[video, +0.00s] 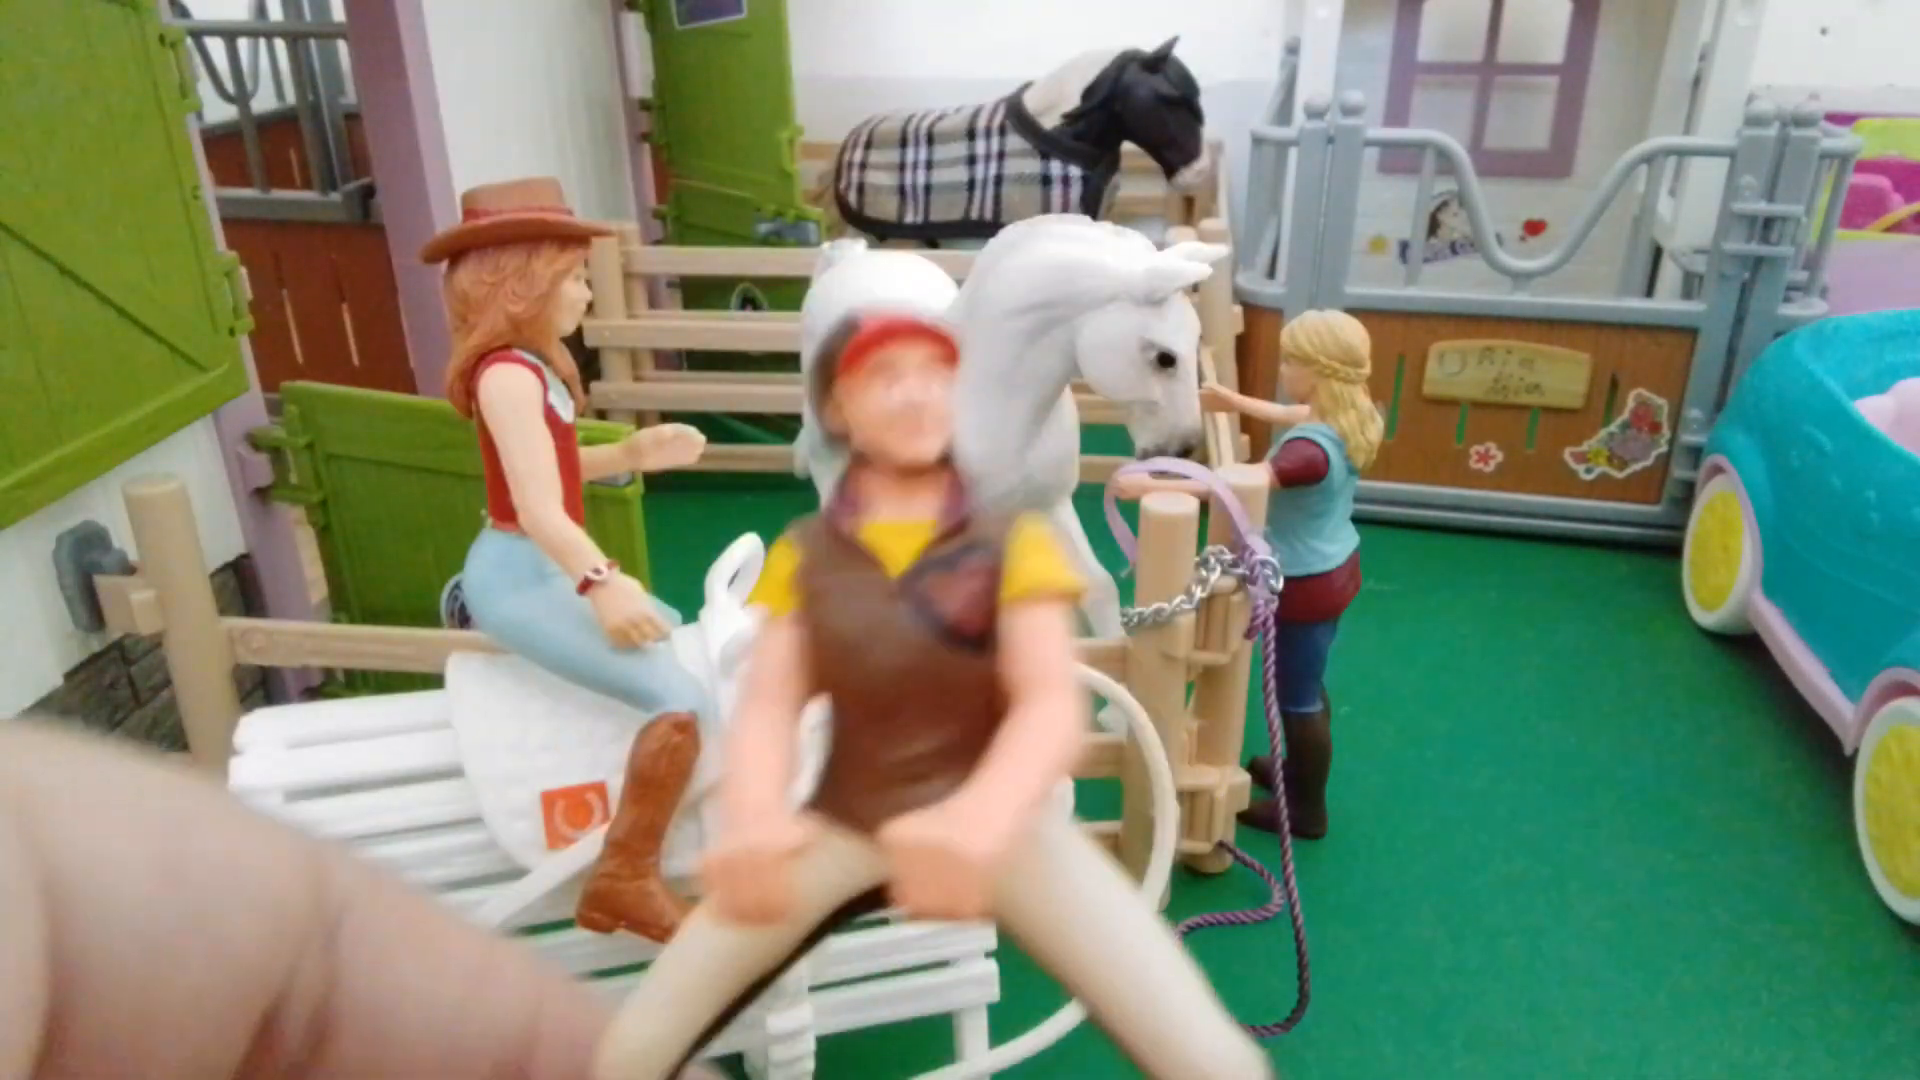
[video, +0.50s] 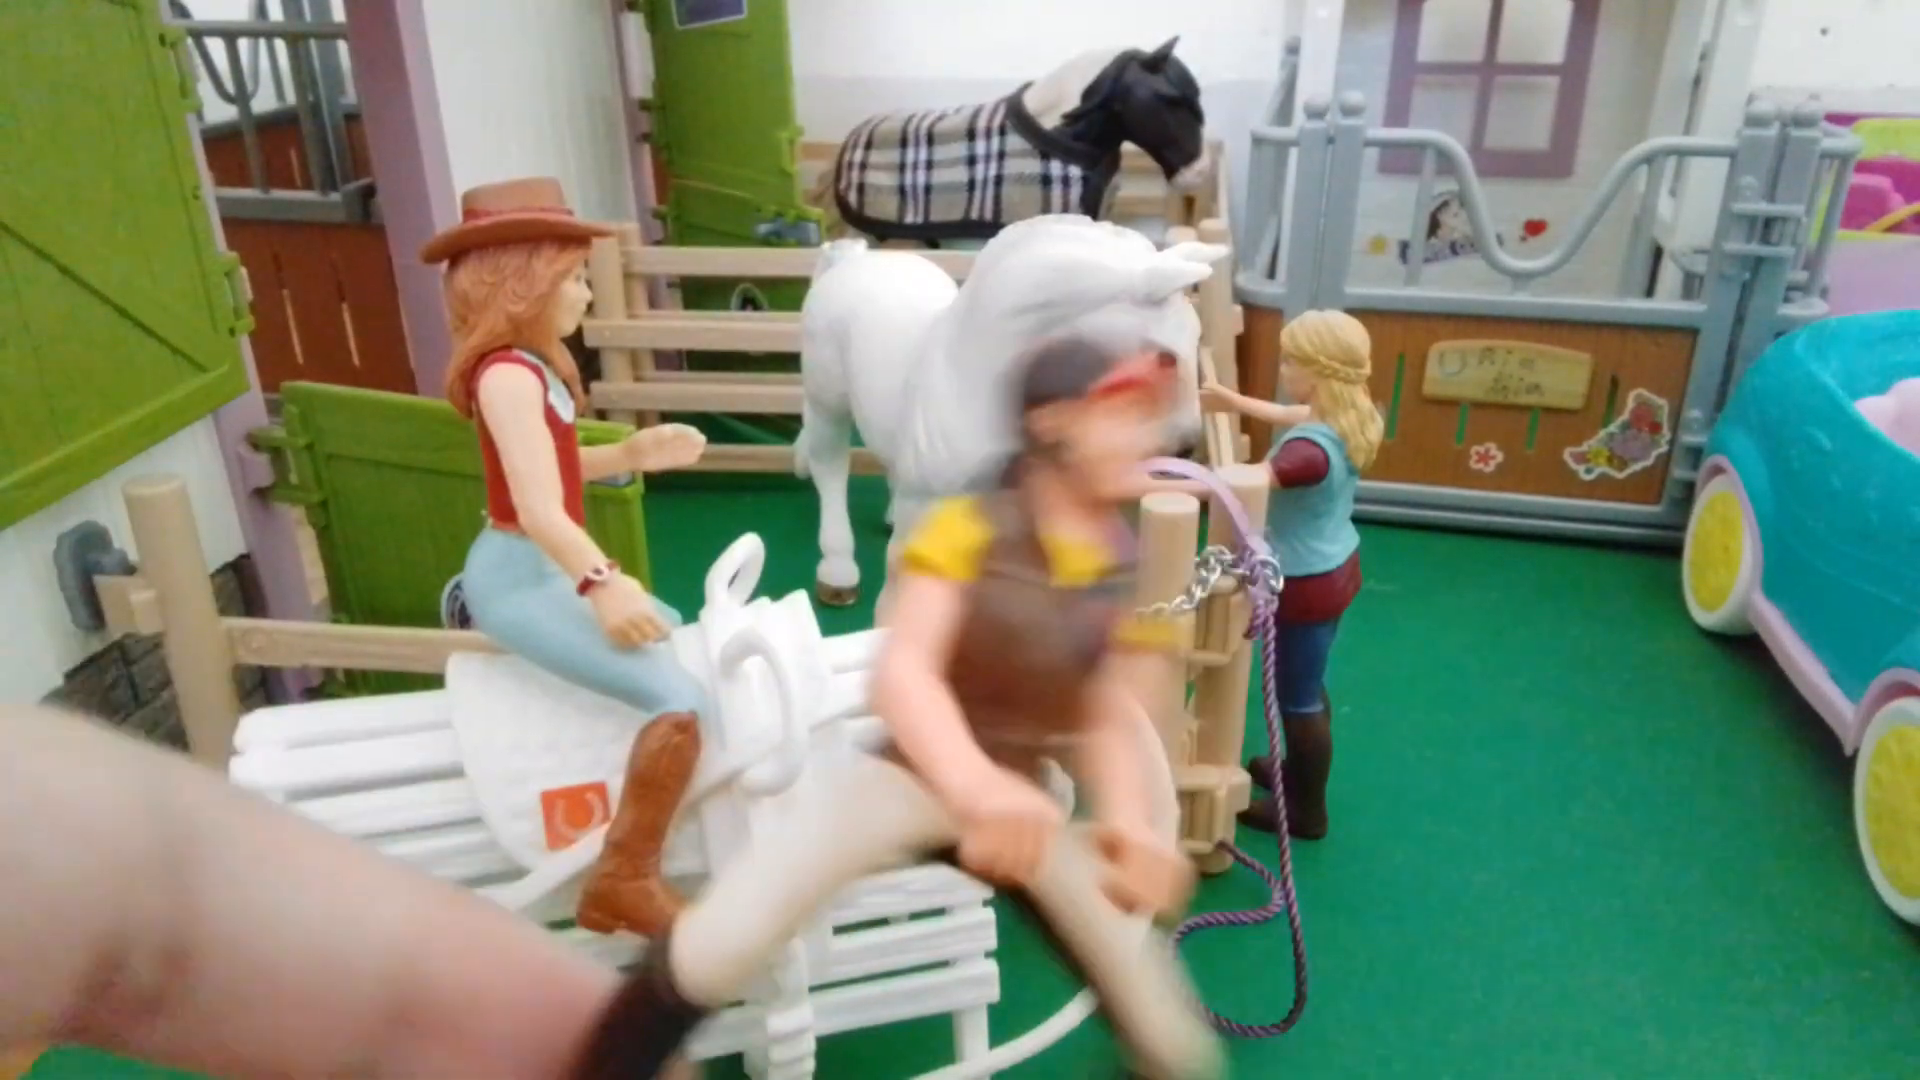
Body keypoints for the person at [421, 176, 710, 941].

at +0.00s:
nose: (589, 292)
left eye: (586, 276)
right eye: (577, 277)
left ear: (535, 285)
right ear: (528, 285)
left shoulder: (542, 368)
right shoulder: (509, 376)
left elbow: (551, 470)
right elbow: (538, 510)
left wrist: (634, 454)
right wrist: (604, 581)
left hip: (553, 563)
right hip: (516, 574)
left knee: (701, 674)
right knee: (678, 694)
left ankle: (641, 871)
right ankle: (623, 878)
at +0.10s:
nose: (588, 293)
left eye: (585, 276)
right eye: (576, 277)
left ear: (537, 286)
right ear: (527, 286)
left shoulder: (541, 368)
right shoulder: (509, 377)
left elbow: (554, 468)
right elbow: (536, 510)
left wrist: (634, 454)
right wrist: (603, 583)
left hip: (553, 563)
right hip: (515, 576)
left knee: (701, 666)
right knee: (680, 696)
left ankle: (641, 874)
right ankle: (624, 878)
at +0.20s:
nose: (589, 293)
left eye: (585, 276)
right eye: (577, 278)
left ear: (535, 286)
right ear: (526, 286)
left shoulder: (542, 369)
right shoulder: (508, 377)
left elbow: (551, 470)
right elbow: (538, 510)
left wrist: (635, 454)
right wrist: (603, 581)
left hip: (551, 563)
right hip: (517, 576)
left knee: (701, 671)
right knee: (679, 696)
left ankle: (641, 871)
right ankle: (625, 876)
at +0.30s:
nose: (589, 292)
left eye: (585, 276)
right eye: (576, 278)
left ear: (533, 286)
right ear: (526, 286)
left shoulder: (540, 368)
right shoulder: (509, 376)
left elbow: (550, 469)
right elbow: (536, 510)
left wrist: (631, 454)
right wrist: (604, 583)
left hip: (548, 566)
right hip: (517, 576)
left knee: (694, 676)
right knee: (680, 698)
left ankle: (635, 859)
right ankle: (628, 868)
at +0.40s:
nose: (588, 294)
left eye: (585, 278)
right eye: (576, 279)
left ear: (534, 287)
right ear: (526, 287)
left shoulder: (543, 369)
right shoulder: (509, 378)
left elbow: (554, 471)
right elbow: (538, 512)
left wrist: (629, 454)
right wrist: (602, 583)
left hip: (554, 560)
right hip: (515, 574)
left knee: (700, 648)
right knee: (680, 696)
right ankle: (627, 878)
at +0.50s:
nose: (588, 292)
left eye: (585, 276)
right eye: (577, 277)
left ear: (533, 286)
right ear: (527, 286)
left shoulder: (539, 368)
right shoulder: (509, 377)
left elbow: (551, 469)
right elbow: (538, 510)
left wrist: (633, 454)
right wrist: (604, 582)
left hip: (548, 564)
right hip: (518, 577)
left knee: (699, 669)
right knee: (680, 697)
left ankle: (636, 863)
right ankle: (624, 878)